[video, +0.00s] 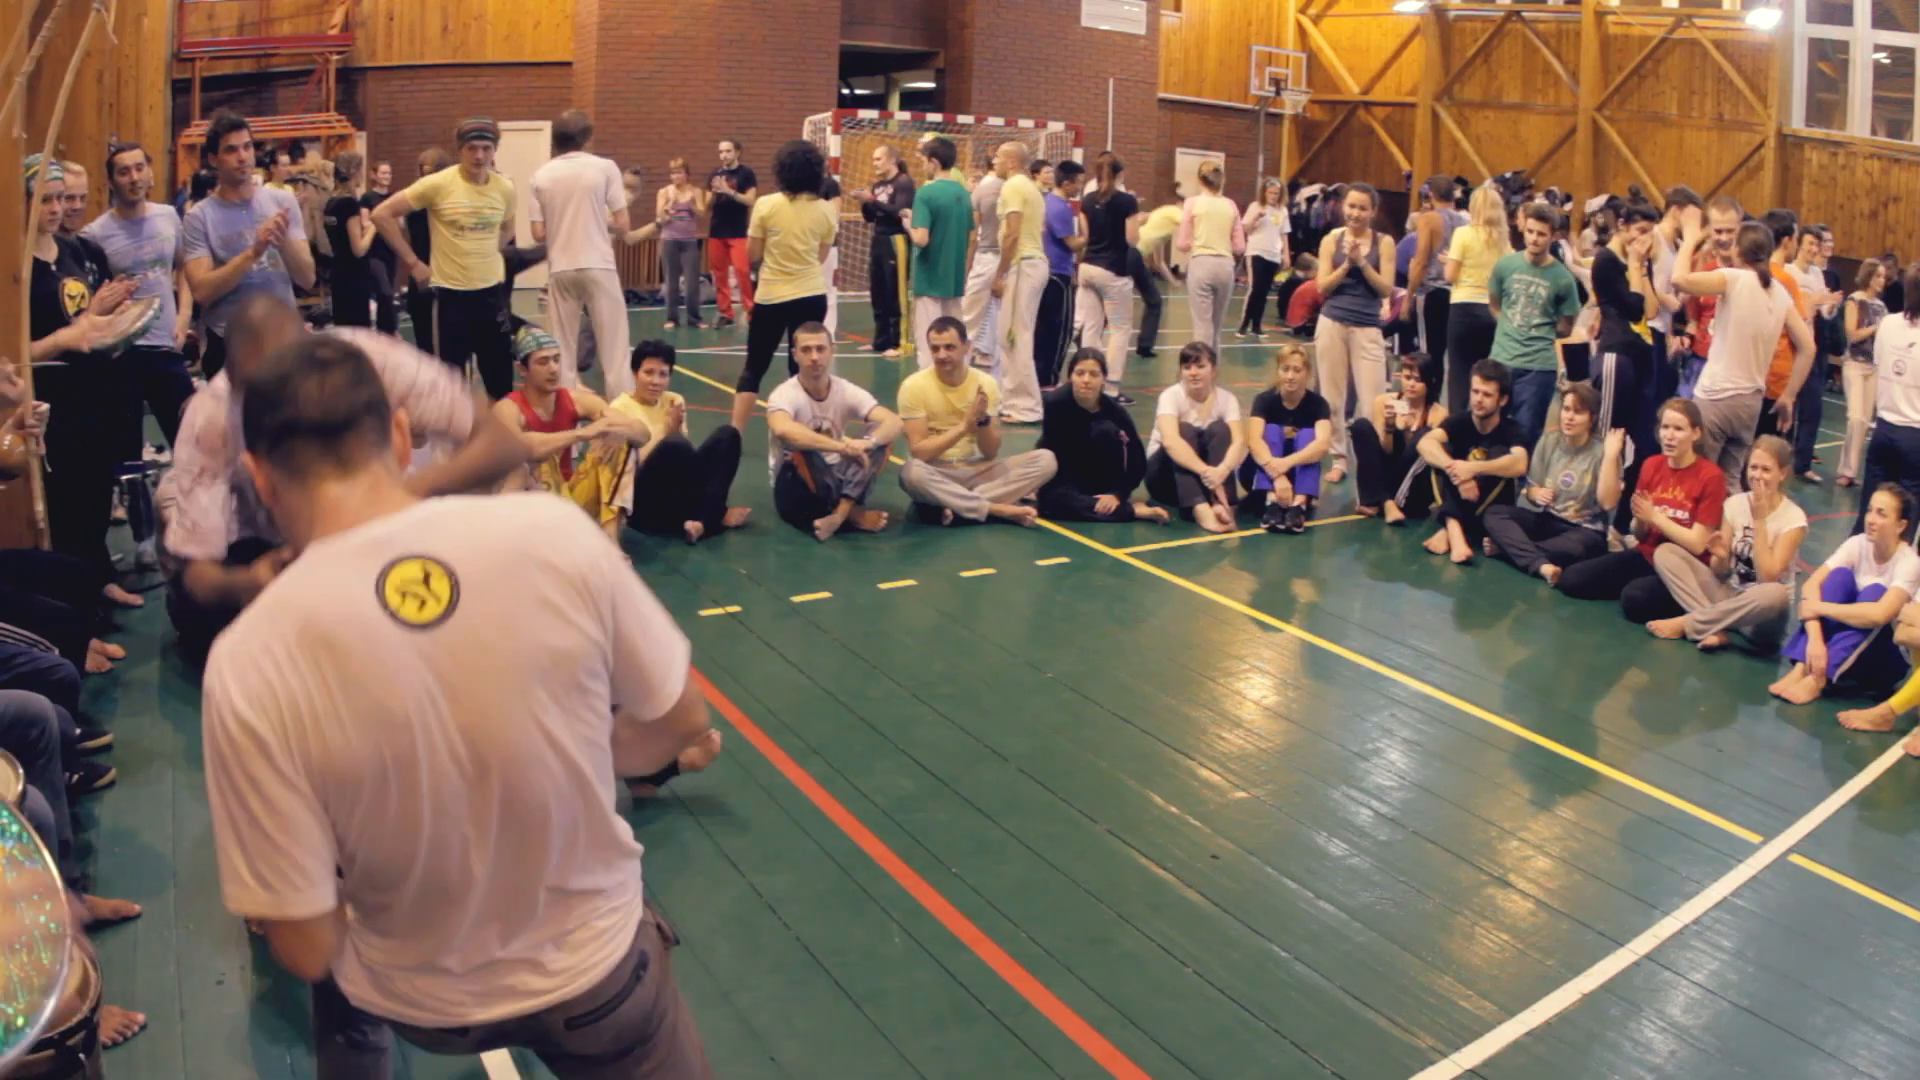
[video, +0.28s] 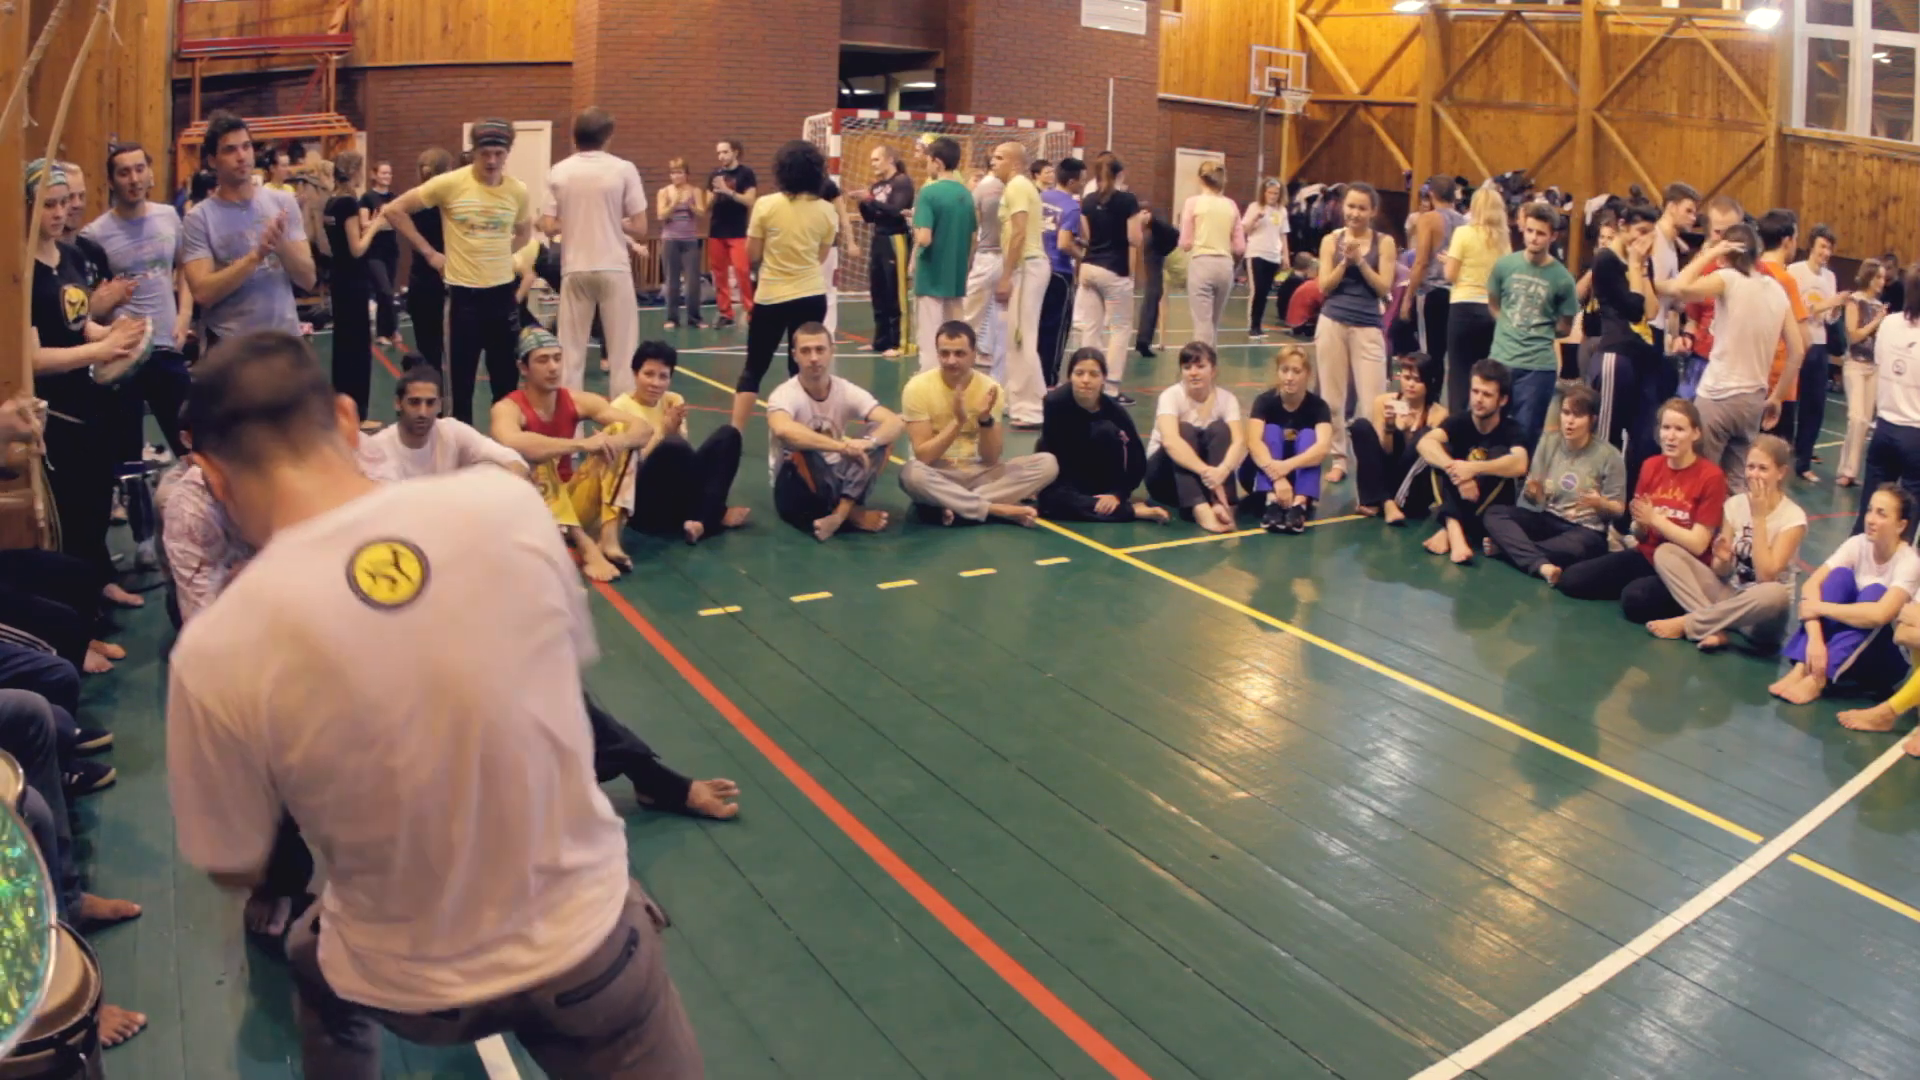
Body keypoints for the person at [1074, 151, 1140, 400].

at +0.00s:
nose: (1121, 175)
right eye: (1120, 171)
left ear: (1096, 172)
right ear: (1119, 173)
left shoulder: (1087, 200)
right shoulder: (1127, 201)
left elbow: (1085, 234)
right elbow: (1132, 238)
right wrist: (1136, 221)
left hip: (1088, 264)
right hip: (1114, 268)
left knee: (1091, 326)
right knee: (1120, 328)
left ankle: (1088, 384)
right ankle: (1111, 387)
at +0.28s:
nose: (1123, 175)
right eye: (1121, 172)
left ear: (1096, 173)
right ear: (1119, 173)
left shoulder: (1087, 200)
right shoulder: (1127, 200)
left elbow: (1086, 235)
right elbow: (1134, 238)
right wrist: (1142, 226)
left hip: (1090, 264)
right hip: (1116, 268)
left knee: (1089, 326)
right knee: (1120, 327)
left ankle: (1088, 383)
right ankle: (1111, 385)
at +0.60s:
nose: (1125, 176)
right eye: (1123, 173)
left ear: (1098, 173)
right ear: (1120, 174)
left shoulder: (1088, 201)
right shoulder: (1127, 201)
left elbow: (1087, 236)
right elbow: (1135, 238)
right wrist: (1139, 221)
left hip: (1090, 264)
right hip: (1117, 269)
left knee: (1090, 327)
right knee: (1120, 328)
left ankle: (1086, 384)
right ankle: (1111, 387)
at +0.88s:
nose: (1126, 176)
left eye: (1123, 172)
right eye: (1124, 172)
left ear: (1099, 174)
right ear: (1120, 174)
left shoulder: (1088, 201)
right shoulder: (1127, 200)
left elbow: (1087, 236)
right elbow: (1134, 238)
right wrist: (1140, 220)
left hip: (1091, 264)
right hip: (1117, 270)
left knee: (1091, 327)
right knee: (1120, 327)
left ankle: (1086, 384)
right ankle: (1111, 386)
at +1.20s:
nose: (1124, 175)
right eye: (1123, 172)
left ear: (1098, 173)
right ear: (1120, 174)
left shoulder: (1088, 201)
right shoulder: (1126, 201)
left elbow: (1086, 236)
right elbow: (1135, 238)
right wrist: (1140, 221)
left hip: (1091, 264)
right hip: (1117, 269)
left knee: (1091, 326)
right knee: (1120, 327)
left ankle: (1086, 383)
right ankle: (1111, 386)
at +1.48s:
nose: (1121, 176)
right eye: (1120, 172)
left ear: (1096, 175)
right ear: (1119, 174)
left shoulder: (1088, 201)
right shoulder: (1129, 201)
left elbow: (1086, 235)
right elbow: (1135, 238)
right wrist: (1143, 221)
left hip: (1090, 265)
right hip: (1116, 269)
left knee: (1090, 326)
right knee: (1120, 328)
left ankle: (1085, 382)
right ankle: (1111, 386)